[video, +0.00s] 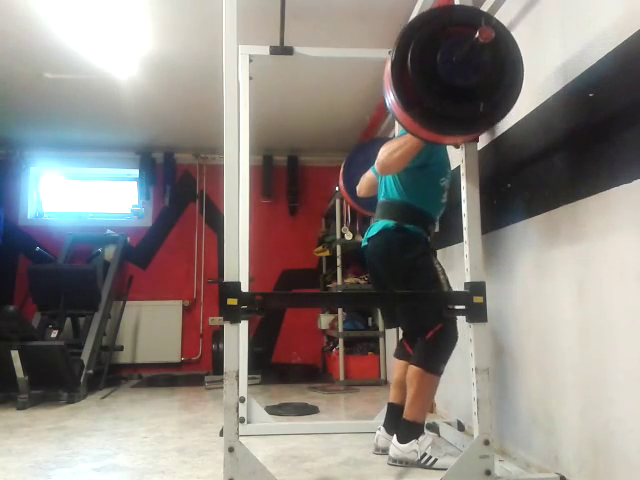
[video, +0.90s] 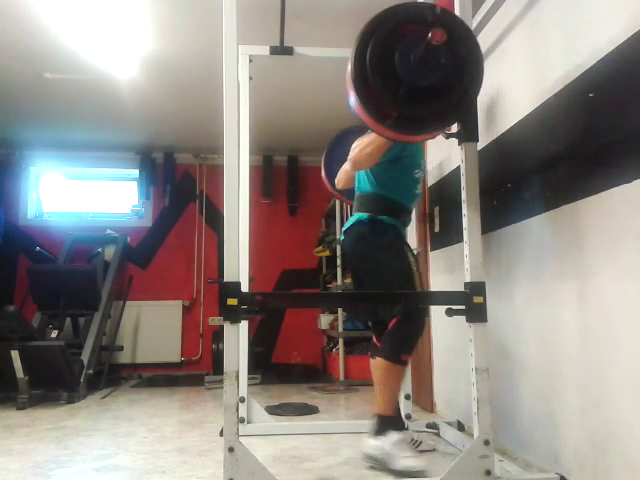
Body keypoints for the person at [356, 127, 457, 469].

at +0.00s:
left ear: (417, 105)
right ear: (438, 104)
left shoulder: (415, 141)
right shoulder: (420, 133)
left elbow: (363, 187)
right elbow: (383, 163)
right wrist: (423, 131)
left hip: (381, 240)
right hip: (401, 239)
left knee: (416, 333)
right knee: (440, 331)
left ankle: (393, 427)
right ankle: (409, 439)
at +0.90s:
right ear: (409, 102)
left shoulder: (404, 141)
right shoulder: (391, 132)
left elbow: (341, 181)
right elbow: (355, 160)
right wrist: (394, 127)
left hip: (372, 232)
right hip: (373, 232)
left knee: (383, 329)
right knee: (410, 316)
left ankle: (391, 425)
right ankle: (385, 431)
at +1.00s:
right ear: (403, 102)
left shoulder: (399, 140)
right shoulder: (384, 132)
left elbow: (338, 181)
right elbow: (350, 162)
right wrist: (390, 127)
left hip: (380, 232)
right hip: (369, 230)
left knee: (388, 323)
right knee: (390, 316)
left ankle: (392, 430)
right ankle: (340, 432)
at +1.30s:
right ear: (383, 99)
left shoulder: (379, 137)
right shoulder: (365, 128)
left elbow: (320, 180)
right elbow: (330, 159)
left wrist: (312, 168)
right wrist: (370, 124)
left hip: (366, 236)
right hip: (345, 231)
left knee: (376, 330)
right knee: (346, 330)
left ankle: (392, 430)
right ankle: (321, 446)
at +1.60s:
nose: (403, 122)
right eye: (399, 115)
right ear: (381, 104)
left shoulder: (366, 136)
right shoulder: (353, 126)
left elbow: (300, 176)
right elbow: (310, 154)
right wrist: (353, 124)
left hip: (335, 231)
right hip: (320, 227)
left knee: (344, 326)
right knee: (330, 328)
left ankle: (340, 414)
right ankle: (320, 445)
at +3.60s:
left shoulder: (350, 139)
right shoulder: (334, 133)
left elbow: (285, 183)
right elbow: (296, 170)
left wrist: (298, 167)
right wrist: (338, 140)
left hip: (319, 232)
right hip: (309, 231)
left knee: (316, 331)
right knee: (316, 331)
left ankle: (315, 429)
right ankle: (319, 446)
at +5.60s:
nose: (374, 129)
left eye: (375, 122)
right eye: (370, 121)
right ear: (356, 117)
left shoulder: (346, 147)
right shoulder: (333, 137)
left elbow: (289, 187)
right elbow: (294, 169)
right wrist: (330, 132)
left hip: (316, 236)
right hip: (308, 234)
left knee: (313, 332)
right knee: (315, 332)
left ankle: (314, 429)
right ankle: (319, 446)